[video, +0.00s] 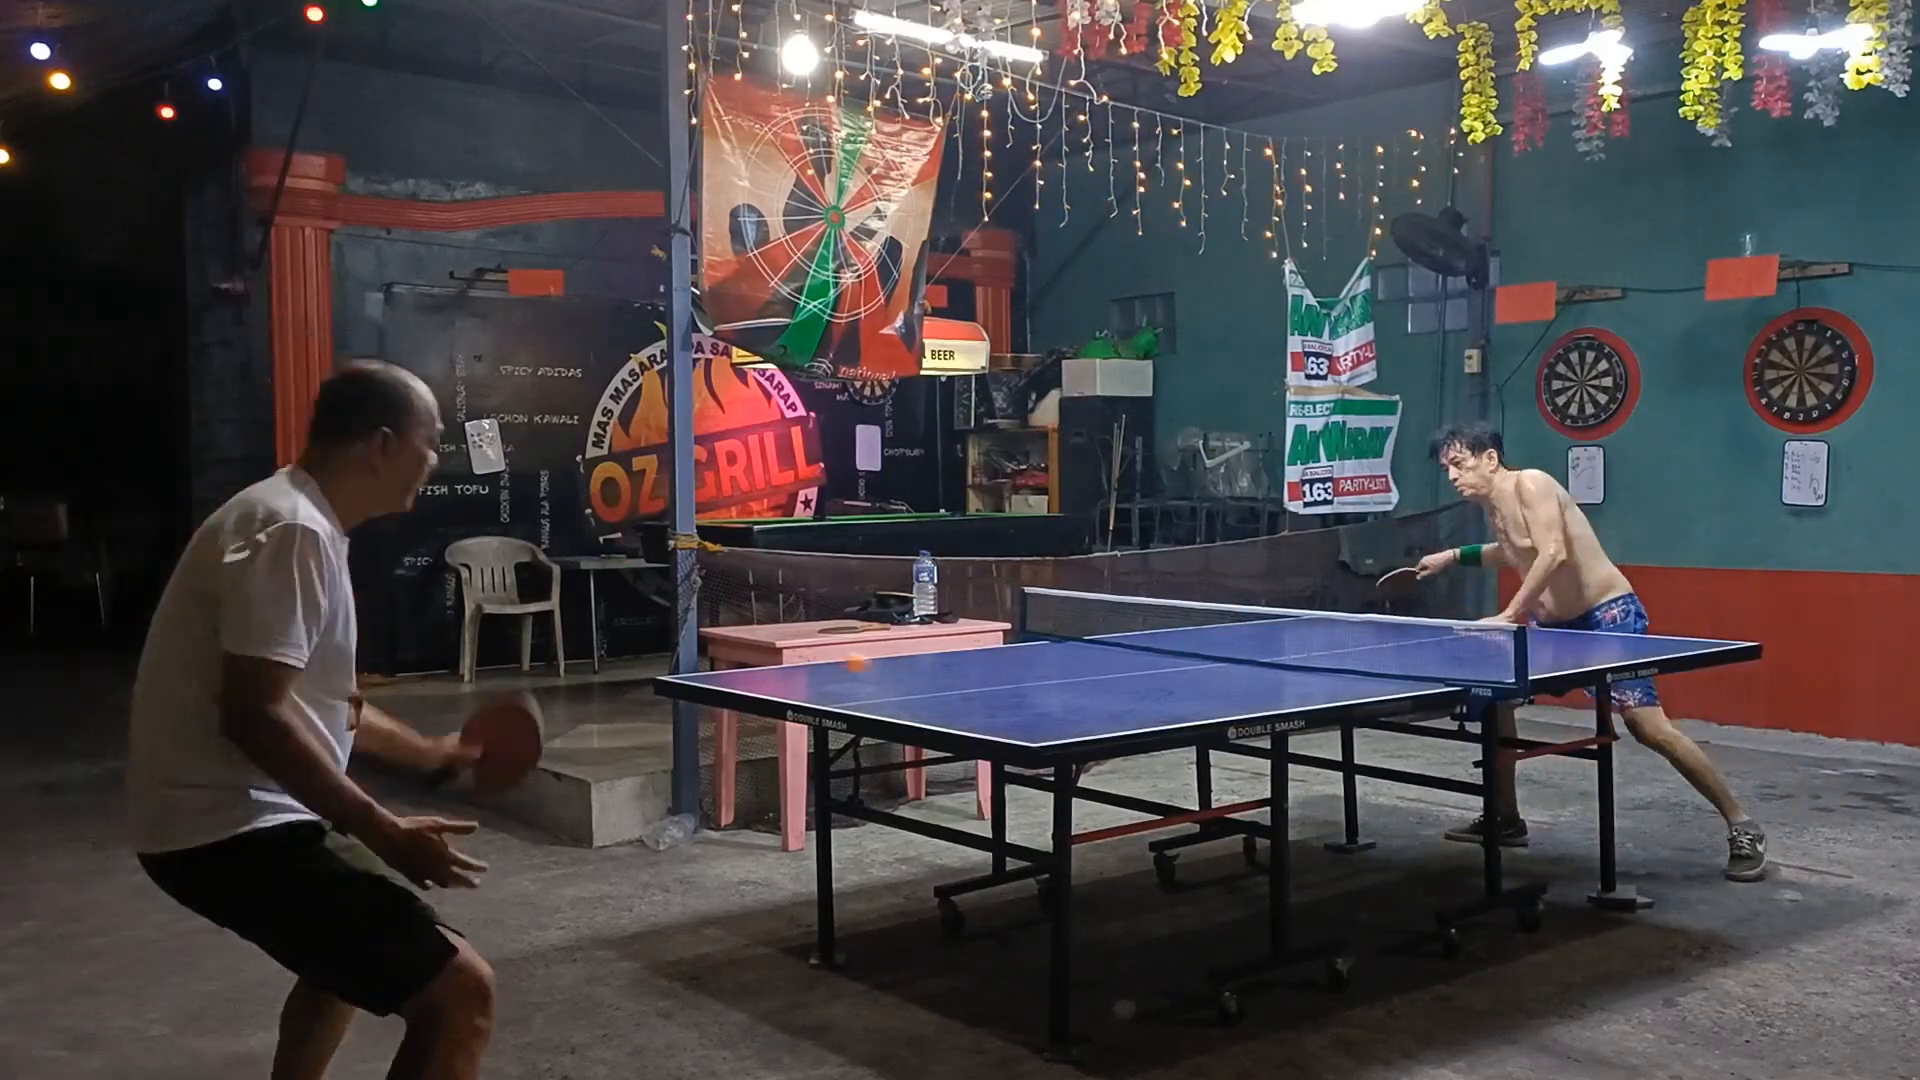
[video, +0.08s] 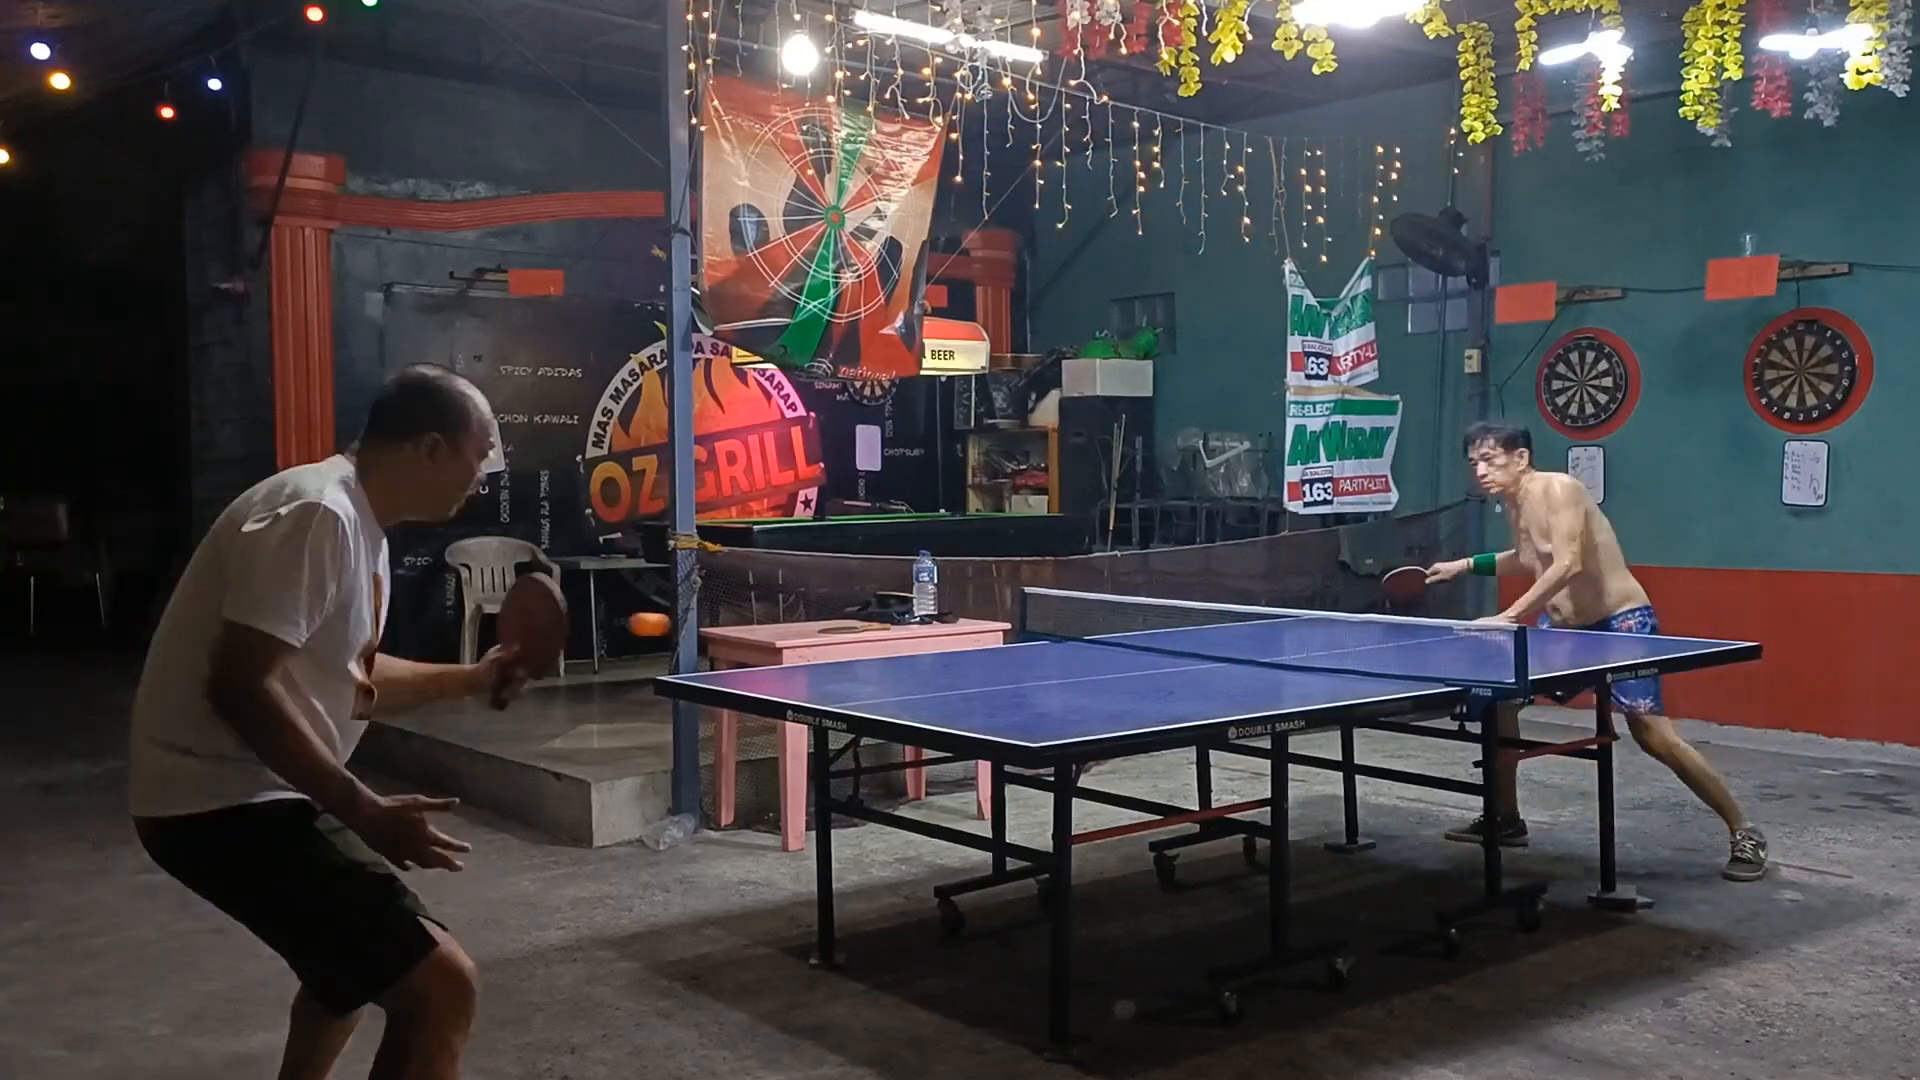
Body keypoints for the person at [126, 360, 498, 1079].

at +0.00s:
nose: (433, 465)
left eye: (435, 447)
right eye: (429, 445)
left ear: (362, 440)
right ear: (380, 443)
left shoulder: (299, 523)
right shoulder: (288, 531)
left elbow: (323, 703)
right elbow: (254, 714)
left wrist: (434, 754)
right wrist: (384, 830)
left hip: (239, 813)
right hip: (222, 826)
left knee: (350, 949)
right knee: (460, 991)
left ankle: (293, 1072)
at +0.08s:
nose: (477, 483)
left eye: (483, 466)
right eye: (477, 462)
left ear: (421, 448)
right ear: (430, 450)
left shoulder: (362, 526)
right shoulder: (315, 513)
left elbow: (356, 682)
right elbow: (237, 683)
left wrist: (477, 678)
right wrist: (364, 808)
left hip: (269, 789)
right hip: (215, 800)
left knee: (346, 963)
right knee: (442, 988)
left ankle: (301, 1072)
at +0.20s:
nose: (502, 476)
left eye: (507, 457)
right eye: (501, 454)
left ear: (449, 444)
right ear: (455, 443)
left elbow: (400, 673)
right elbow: (212, 647)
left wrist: (559, 695)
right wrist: (305, 799)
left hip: (266, 777)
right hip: (204, 777)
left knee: (330, 997)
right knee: (411, 985)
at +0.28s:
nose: (505, 465)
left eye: (509, 447)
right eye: (503, 444)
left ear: (451, 437)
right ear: (458, 437)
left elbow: (408, 669)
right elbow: (191, 623)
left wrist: (547, 717)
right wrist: (223, 801)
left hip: (304, 783)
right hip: (223, 785)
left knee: (327, 1002)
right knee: (399, 992)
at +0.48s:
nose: (472, 433)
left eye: (474, 413)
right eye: (467, 410)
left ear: (409, 409)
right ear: (423, 410)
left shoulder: (330, 481)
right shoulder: (329, 486)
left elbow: (320, 672)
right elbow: (190, 615)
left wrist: (426, 747)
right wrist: (113, 802)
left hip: (222, 783)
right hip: (212, 791)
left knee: (258, 962)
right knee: (395, 999)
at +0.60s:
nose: (419, 421)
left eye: (423, 402)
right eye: (418, 400)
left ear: (313, 392)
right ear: (376, 402)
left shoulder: (237, 466)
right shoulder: (296, 485)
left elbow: (239, 671)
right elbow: (174, 631)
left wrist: (343, 765)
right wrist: (113, 822)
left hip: (125, 783)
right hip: (195, 800)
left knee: (207, 958)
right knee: (382, 998)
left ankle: (133, 1072)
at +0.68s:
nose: (372, 415)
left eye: (375, 396)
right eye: (370, 393)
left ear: (289, 391)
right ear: (326, 397)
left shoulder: (199, 469)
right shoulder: (246, 484)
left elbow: (192, 678)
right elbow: (137, 636)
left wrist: (303, 771)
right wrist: (116, 837)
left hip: (86, 787)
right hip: (162, 799)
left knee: (167, 966)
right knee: (351, 999)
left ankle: (52, 1070)